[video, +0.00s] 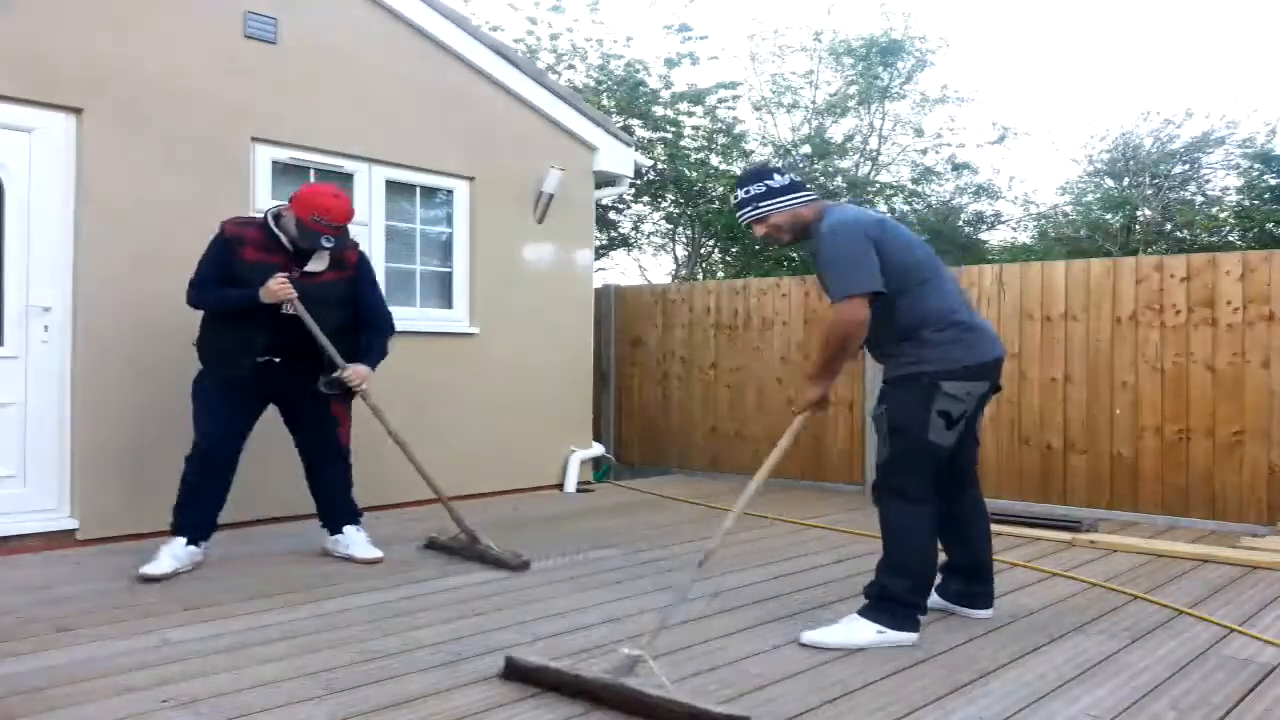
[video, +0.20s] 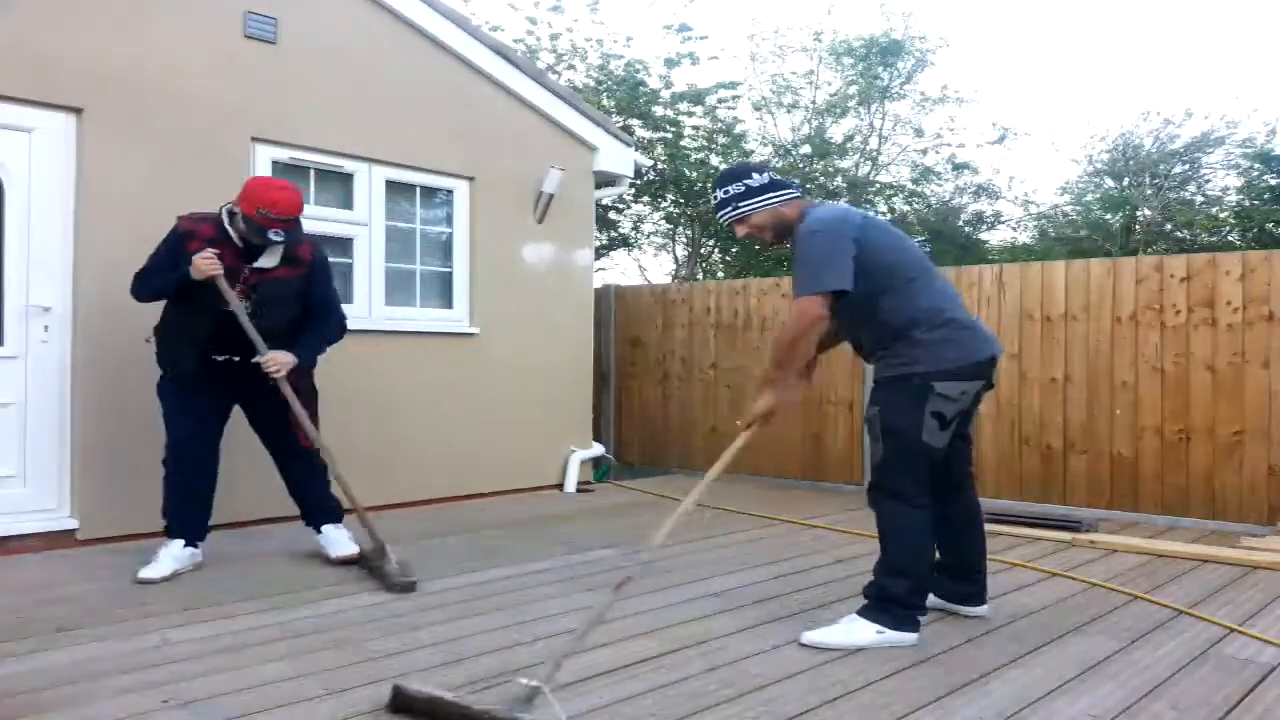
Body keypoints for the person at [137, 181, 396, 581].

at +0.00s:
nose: (318, 249)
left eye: (327, 242)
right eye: (312, 240)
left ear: (338, 230)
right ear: (291, 219)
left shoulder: (349, 260)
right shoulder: (238, 238)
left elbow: (379, 324)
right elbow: (198, 294)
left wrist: (366, 362)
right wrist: (257, 294)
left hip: (309, 374)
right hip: (234, 370)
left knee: (328, 449)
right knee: (212, 451)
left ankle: (344, 530)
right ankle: (188, 541)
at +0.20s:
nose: (272, 243)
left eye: (280, 236)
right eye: (264, 234)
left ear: (291, 225)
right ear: (240, 217)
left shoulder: (305, 255)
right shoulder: (194, 234)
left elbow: (332, 320)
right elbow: (141, 288)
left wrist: (295, 353)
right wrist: (187, 274)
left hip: (267, 369)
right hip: (196, 368)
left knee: (296, 447)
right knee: (188, 454)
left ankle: (329, 526)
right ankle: (184, 543)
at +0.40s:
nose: (238, 245)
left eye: (247, 237)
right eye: (230, 234)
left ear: (261, 224)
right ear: (208, 214)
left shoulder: (279, 253)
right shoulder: (168, 232)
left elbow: (289, 321)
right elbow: (106, 284)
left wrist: (231, 345)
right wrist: (141, 253)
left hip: (251, 363)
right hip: (175, 360)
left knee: (266, 443)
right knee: (179, 451)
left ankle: (264, 524)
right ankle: (182, 541)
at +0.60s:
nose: (232, 242)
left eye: (241, 235)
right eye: (224, 232)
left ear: (254, 222)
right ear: (202, 213)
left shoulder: (270, 250)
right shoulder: (164, 232)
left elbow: (263, 321)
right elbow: (90, 279)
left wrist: (194, 336)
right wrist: (130, 245)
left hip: (243, 362)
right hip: (174, 362)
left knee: (256, 441)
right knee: (177, 450)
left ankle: (256, 527)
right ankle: (181, 544)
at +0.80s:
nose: (235, 244)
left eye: (247, 237)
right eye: (228, 233)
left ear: (262, 224)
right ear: (206, 211)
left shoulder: (275, 251)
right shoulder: (173, 233)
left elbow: (283, 316)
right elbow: (91, 271)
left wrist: (220, 325)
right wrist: (141, 235)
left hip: (243, 354)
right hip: (169, 354)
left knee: (269, 435)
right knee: (177, 444)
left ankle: (286, 523)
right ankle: (181, 542)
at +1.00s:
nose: (264, 244)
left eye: (273, 237)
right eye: (258, 234)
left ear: (286, 227)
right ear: (234, 214)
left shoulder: (297, 253)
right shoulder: (191, 232)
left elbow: (324, 315)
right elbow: (130, 283)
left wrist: (290, 329)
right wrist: (182, 250)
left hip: (263, 365)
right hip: (191, 365)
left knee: (295, 442)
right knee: (184, 453)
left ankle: (320, 520)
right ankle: (182, 542)